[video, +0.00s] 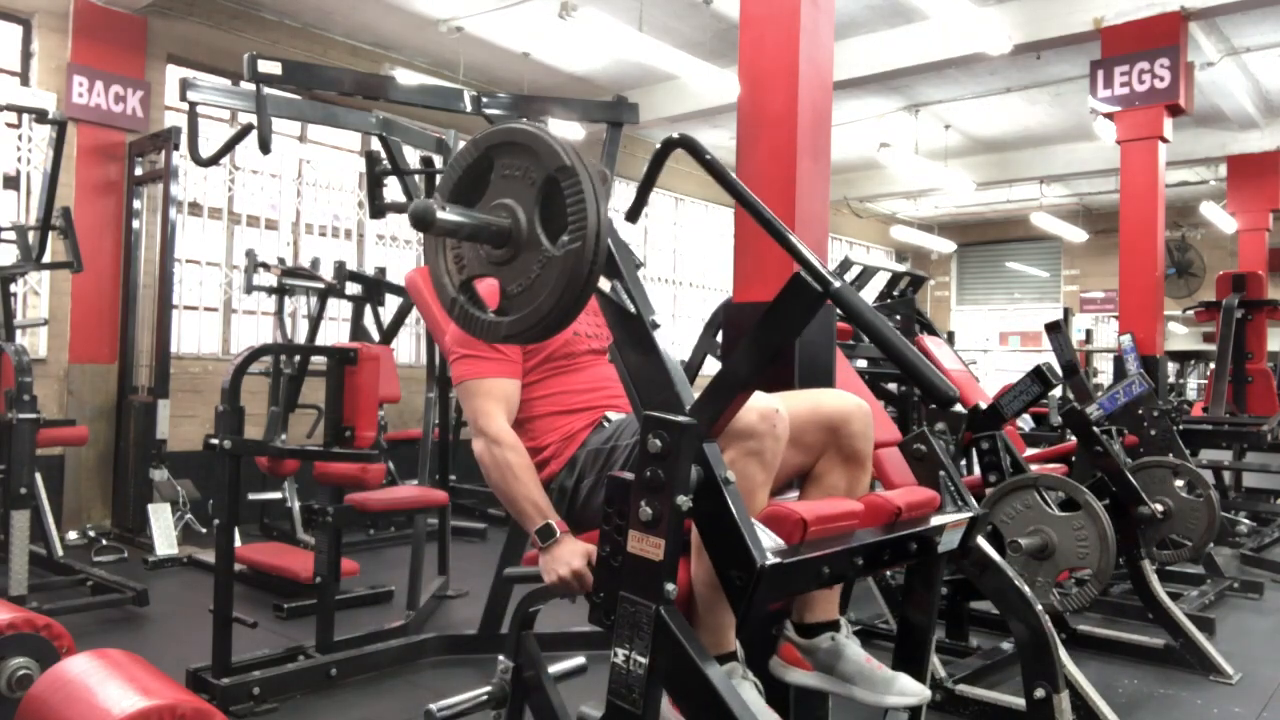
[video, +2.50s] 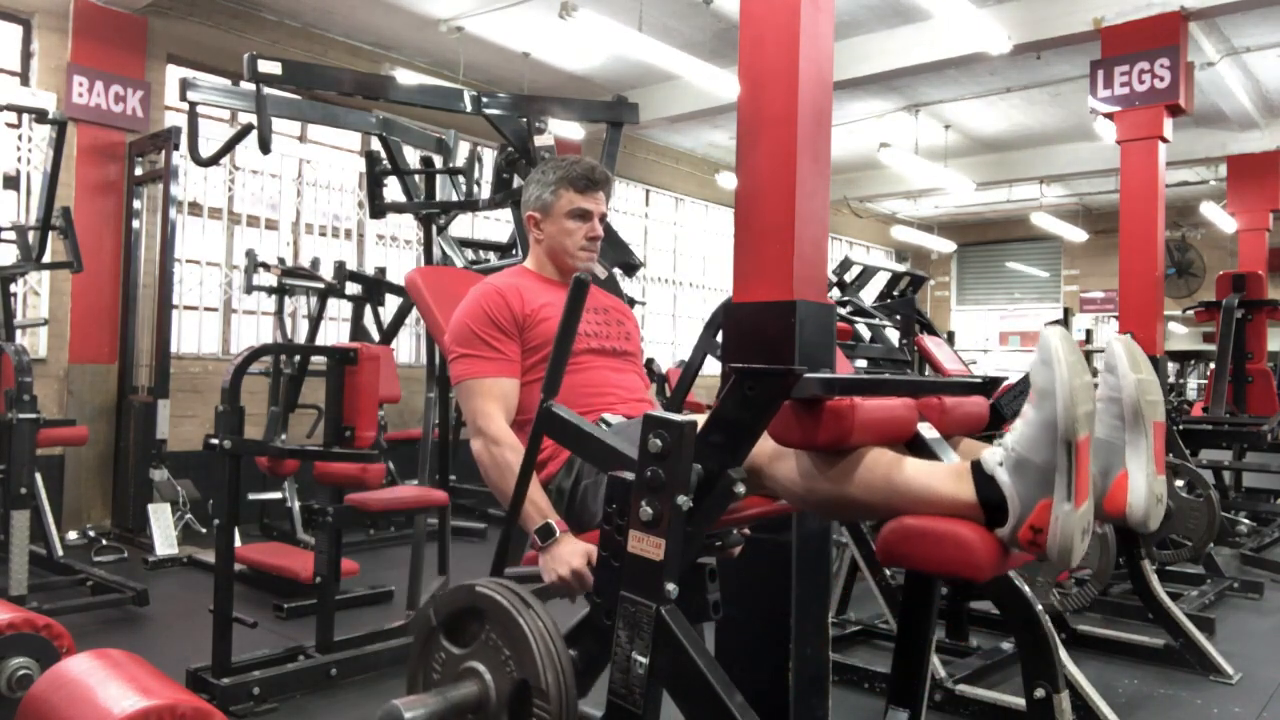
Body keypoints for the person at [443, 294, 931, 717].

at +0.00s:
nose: (544, 204)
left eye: (548, 193)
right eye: (528, 193)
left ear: (549, 204)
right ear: (496, 204)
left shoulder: (565, 272)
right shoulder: (482, 284)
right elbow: (489, 430)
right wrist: (551, 538)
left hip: (637, 437)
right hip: (575, 463)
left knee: (845, 419)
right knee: (755, 423)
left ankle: (817, 633)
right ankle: (712, 656)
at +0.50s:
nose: (601, 233)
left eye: (603, 219)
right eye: (593, 216)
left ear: (594, 217)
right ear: (553, 209)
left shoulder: (579, 289)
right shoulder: (489, 292)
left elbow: (625, 391)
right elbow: (489, 433)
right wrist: (551, 537)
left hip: (649, 438)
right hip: (586, 461)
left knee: (847, 424)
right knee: (753, 427)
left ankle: (832, 640)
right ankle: (729, 668)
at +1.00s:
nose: (594, 230)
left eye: (601, 220)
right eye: (580, 217)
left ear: (605, 229)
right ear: (536, 221)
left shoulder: (610, 304)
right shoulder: (501, 294)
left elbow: (645, 399)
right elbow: (487, 432)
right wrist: (551, 537)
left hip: (660, 439)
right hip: (584, 464)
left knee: (853, 419)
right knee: (758, 426)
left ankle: (915, 644)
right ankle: (818, 682)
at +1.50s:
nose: (595, 237)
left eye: (600, 224)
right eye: (580, 222)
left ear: (597, 227)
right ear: (534, 225)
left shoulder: (593, 301)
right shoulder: (497, 301)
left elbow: (631, 394)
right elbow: (488, 430)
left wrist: (697, 414)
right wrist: (551, 530)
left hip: (652, 434)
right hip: (588, 457)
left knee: (823, 430)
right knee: (814, 411)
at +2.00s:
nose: (596, 235)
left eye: (601, 223)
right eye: (580, 221)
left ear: (600, 228)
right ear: (534, 222)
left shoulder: (604, 302)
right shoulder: (493, 304)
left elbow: (637, 400)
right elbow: (490, 438)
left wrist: (720, 412)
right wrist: (552, 533)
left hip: (657, 444)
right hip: (581, 467)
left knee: (853, 450)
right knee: (772, 442)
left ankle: (1074, 531)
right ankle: (974, 551)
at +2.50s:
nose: (593, 234)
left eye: (598, 222)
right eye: (578, 219)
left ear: (598, 227)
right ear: (533, 219)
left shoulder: (610, 305)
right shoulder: (494, 299)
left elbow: (655, 396)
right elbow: (487, 430)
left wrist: (721, 425)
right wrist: (549, 533)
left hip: (660, 440)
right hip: (585, 460)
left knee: (818, 452)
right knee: (772, 456)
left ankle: (999, 489)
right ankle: (991, 492)